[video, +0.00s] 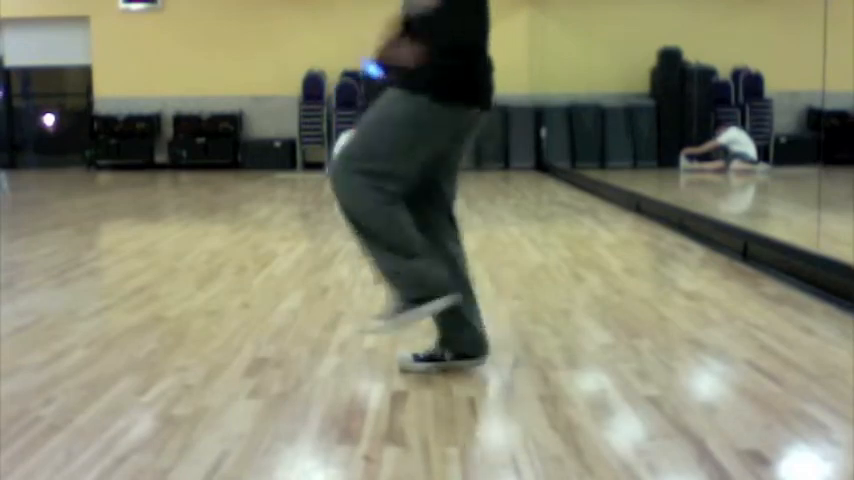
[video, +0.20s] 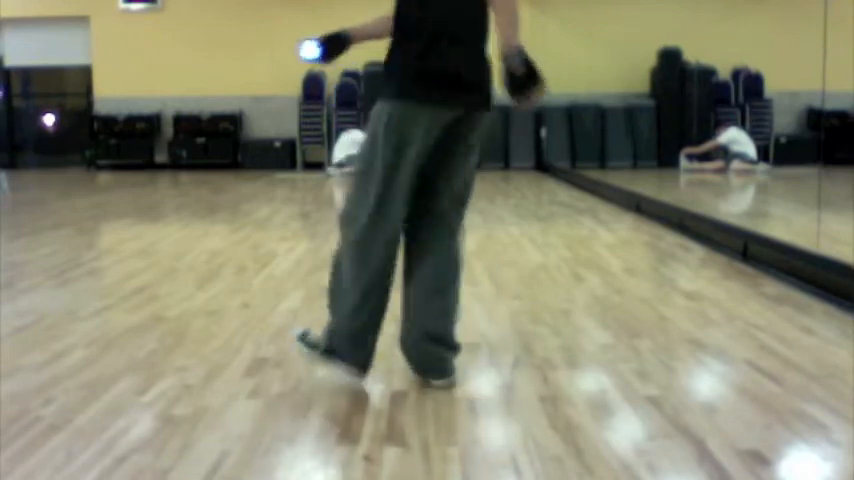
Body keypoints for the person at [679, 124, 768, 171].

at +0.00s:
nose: (719, 135)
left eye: (719, 132)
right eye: (718, 133)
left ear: (723, 128)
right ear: (727, 127)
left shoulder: (731, 132)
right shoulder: (733, 132)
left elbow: (708, 147)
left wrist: (687, 151)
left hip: (744, 159)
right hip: (734, 159)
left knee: (734, 167)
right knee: (716, 165)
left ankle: (755, 171)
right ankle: (696, 166)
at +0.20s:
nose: (719, 135)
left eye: (719, 132)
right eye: (719, 133)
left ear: (723, 129)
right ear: (727, 127)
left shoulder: (731, 132)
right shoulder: (734, 132)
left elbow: (708, 147)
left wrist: (687, 151)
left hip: (744, 160)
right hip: (735, 159)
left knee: (733, 167)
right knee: (716, 165)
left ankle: (754, 171)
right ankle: (695, 166)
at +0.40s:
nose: (719, 135)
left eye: (720, 132)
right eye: (719, 133)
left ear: (724, 129)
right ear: (727, 127)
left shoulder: (731, 132)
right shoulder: (733, 132)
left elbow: (711, 145)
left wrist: (688, 151)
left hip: (744, 159)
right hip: (734, 159)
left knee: (733, 167)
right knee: (716, 165)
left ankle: (754, 171)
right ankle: (695, 166)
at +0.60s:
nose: (719, 135)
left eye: (720, 132)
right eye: (719, 133)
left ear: (723, 129)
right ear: (727, 128)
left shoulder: (731, 132)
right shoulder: (734, 132)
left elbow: (711, 146)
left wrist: (688, 151)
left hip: (744, 159)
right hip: (735, 159)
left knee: (733, 168)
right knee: (716, 164)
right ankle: (695, 165)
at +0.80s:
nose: (719, 135)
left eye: (720, 132)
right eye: (719, 133)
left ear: (723, 129)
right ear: (727, 128)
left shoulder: (731, 132)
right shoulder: (734, 132)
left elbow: (711, 146)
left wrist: (688, 151)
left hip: (744, 159)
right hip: (735, 159)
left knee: (733, 168)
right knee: (716, 164)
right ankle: (695, 165)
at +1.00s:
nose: (719, 134)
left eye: (719, 132)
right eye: (718, 133)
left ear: (724, 128)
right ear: (727, 127)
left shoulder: (731, 132)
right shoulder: (732, 132)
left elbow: (710, 146)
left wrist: (688, 151)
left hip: (744, 159)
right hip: (734, 159)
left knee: (734, 167)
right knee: (716, 165)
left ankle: (755, 171)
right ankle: (696, 166)